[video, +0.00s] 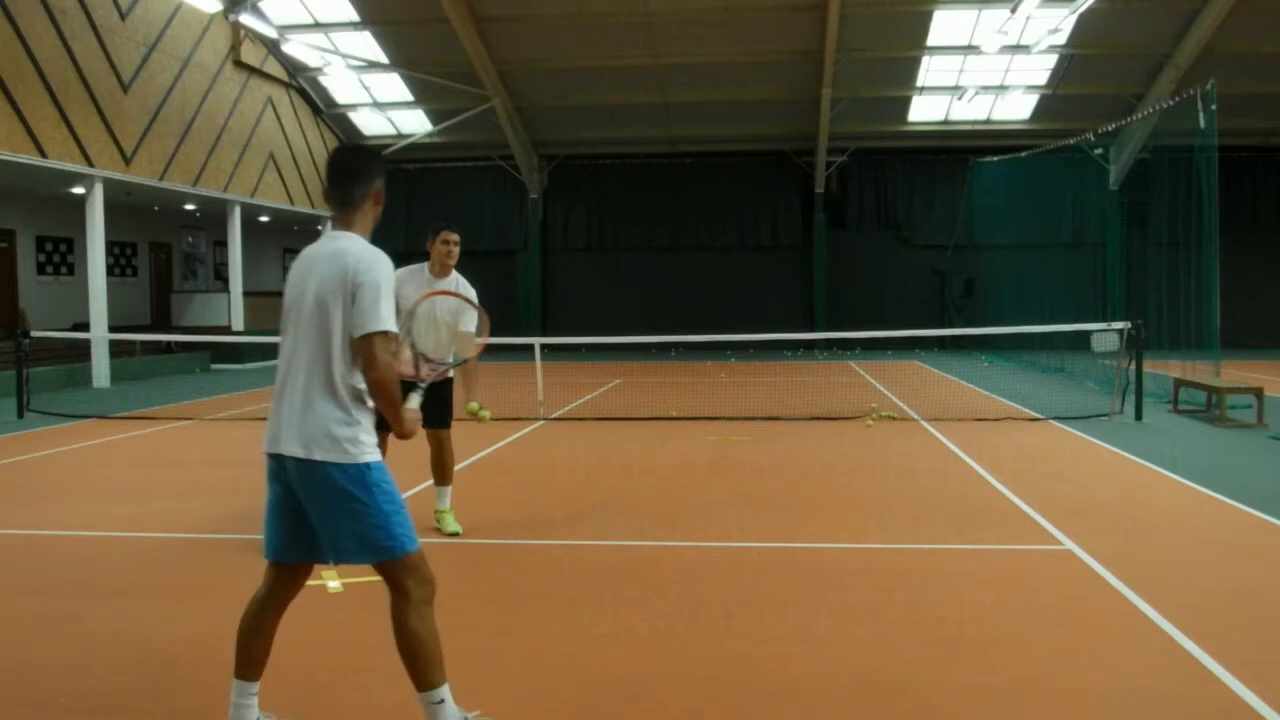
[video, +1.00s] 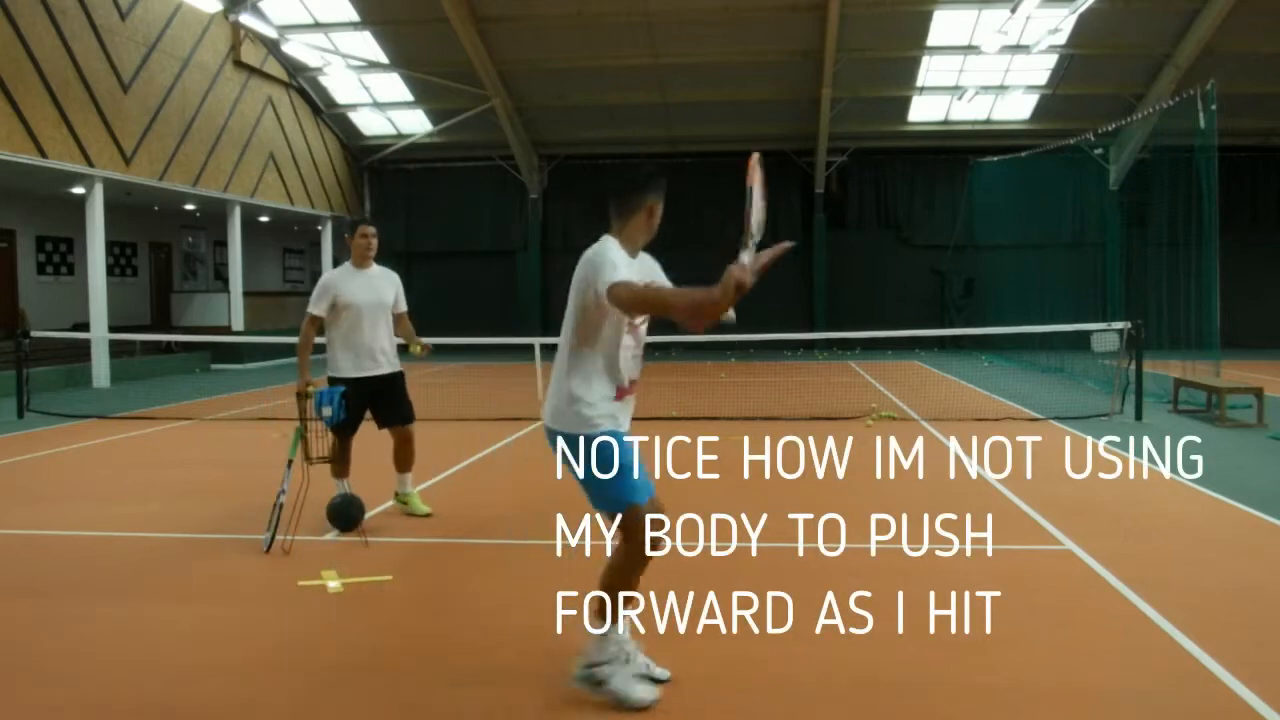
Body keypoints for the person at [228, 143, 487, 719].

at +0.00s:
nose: (384, 202)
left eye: (378, 192)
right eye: (384, 193)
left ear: (329, 194)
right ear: (377, 195)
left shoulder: (307, 258)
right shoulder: (367, 261)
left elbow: (324, 354)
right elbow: (377, 366)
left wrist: (401, 366)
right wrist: (397, 419)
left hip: (289, 445)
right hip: (340, 450)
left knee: (281, 581)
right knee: (414, 582)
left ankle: (242, 709)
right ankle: (443, 711)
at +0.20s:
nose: (446, 213)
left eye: (445, 204)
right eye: (445, 203)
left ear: (391, 207)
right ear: (437, 205)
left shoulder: (371, 267)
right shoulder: (422, 275)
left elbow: (379, 369)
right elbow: (434, 380)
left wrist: (441, 395)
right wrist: (465, 427)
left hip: (350, 453)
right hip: (394, 456)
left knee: (329, 582)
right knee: (475, 584)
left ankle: (253, 704)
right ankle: (459, 712)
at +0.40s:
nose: (517, 207)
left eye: (513, 199)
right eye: (517, 199)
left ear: (466, 202)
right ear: (511, 203)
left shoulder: (444, 262)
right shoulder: (494, 271)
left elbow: (461, 353)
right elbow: (510, 379)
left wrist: (533, 357)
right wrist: (541, 416)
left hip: (422, 445)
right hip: (462, 452)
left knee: (459, 555)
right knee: (518, 588)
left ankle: (361, 661)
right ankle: (468, 712)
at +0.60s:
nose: (569, 222)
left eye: (563, 214)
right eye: (569, 214)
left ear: (520, 216)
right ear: (563, 219)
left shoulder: (502, 275)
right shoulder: (545, 283)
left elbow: (528, 367)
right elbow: (569, 383)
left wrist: (598, 362)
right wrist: (606, 413)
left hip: (489, 451)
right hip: (514, 458)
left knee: (557, 548)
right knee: (544, 596)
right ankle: (481, 710)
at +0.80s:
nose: (619, 232)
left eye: (615, 224)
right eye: (619, 225)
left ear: (572, 231)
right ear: (613, 230)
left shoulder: (570, 287)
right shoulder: (582, 292)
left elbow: (613, 364)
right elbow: (628, 378)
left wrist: (679, 346)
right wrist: (689, 390)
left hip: (577, 455)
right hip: (561, 463)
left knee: (635, 532)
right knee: (575, 595)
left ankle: (612, 657)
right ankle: (481, 705)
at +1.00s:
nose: (657, 217)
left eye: (656, 210)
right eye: (657, 209)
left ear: (625, 209)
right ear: (649, 210)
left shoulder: (644, 264)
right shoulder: (602, 257)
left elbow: (695, 319)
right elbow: (631, 298)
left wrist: (737, 280)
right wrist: (717, 295)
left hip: (608, 415)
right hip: (582, 416)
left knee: (643, 525)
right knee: (643, 526)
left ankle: (613, 640)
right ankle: (598, 654)